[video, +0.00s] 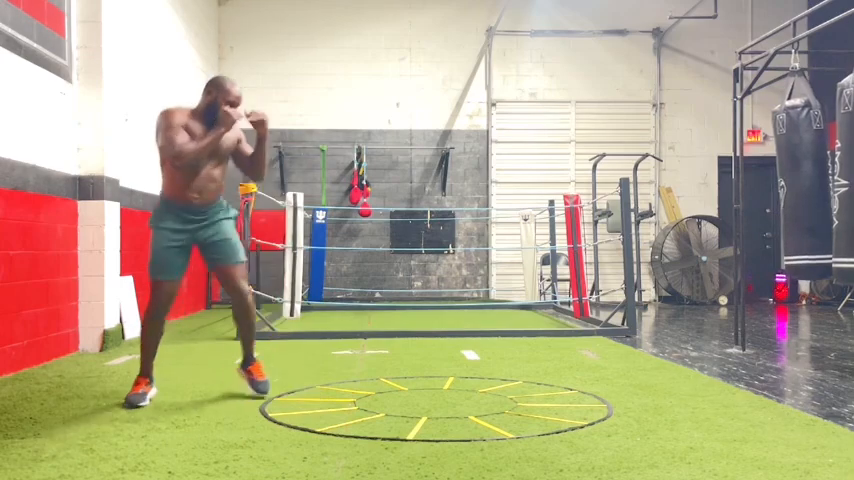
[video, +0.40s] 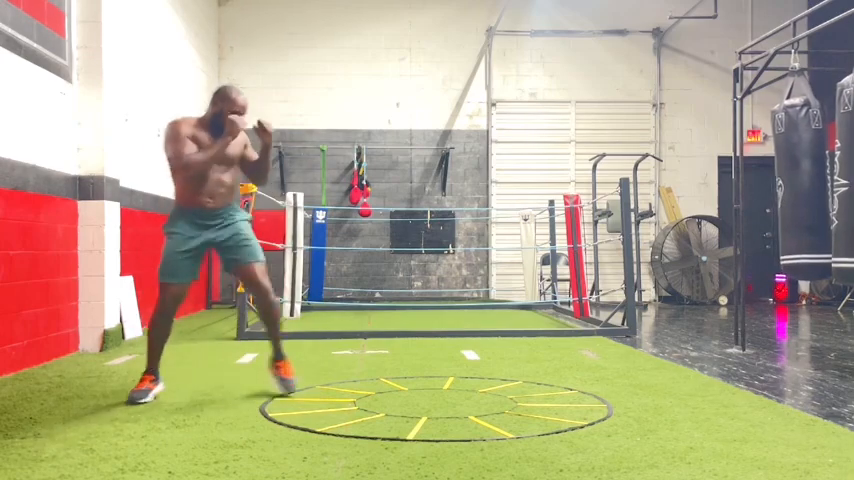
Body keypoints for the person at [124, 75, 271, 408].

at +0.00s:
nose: (236, 111)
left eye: (238, 106)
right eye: (231, 104)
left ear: (232, 106)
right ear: (211, 98)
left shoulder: (231, 133)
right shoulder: (174, 118)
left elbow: (256, 172)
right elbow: (181, 158)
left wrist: (263, 135)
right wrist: (223, 130)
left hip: (215, 217)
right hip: (173, 218)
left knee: (242, 291)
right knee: (162, 299)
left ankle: (249, 361)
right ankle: (145, 378)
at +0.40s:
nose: (239, 120)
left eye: (242, 115)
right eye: (235, 114)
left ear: (242, 115)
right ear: (215, 108)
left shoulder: (239, 138)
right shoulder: (181, 128)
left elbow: (258, 177)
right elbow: (183, 167)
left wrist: (266, 147)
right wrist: (224, 143)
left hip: (230, 219)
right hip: (187, 222)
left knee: (263, 288)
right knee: (168, 300)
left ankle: (279, 357)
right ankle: (151, 375)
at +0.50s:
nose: (252, 130)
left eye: (255, 125)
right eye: (249, 124)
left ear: (255, 126)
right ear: (231, 118)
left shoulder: (250, 153)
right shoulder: (196, 143)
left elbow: (272, 191)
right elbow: (208, 180)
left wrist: (279, 160)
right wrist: (242, 149)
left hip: (239, 234)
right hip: (196, 236)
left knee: (275, 297)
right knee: (175, 308)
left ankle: (315, 366)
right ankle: (159, 381)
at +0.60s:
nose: (270, 139)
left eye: (273, 134)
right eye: (265, 133)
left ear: (274, 134)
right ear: (247, 129)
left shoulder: (272, 164)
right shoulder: (215, 155)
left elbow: (284, 206)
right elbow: (222, 192)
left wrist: (294, 178)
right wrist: (259, 161)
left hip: (261, 244)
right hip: (218, 245)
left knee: (289, 307)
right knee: (185, 312)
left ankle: (320, 377)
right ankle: (159, 381)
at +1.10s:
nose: (321, 135)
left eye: (326, 130)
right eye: (317, 128)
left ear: (329, 132)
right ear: (302, 124)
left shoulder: (334, 158)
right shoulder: (275, 153)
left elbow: (357, 197)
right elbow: (279, 188)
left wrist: (358, 165)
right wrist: (310, 151)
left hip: (331, 238)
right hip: (291, 241)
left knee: (356, 302)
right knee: (266, 314)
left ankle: (387, 373)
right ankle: (265, 370)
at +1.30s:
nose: (323, 136)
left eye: (327, 131)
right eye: (319, 130)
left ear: (331, 130)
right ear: (304, 126)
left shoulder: (340, 155)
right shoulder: (279, 155)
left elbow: (363, 195)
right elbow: (278, 190)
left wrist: (357, 159)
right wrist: (310, 157)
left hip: (334, 237)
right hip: (295, 241)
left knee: (356, 301)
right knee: (271, 311)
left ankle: (386, 375)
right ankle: (267, 370)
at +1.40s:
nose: (318, 120)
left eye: (323, 116)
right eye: (314, 114)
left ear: (325, 117)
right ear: (299, 110)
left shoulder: (332, 144)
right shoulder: (272, 135)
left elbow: (356, 181)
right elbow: (266, 168)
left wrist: (351, 144)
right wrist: (305, 138)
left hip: (321, 224)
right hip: (282, 226)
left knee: (345, 292)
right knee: (264, 299)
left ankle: (375, 366)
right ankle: (265, 368)